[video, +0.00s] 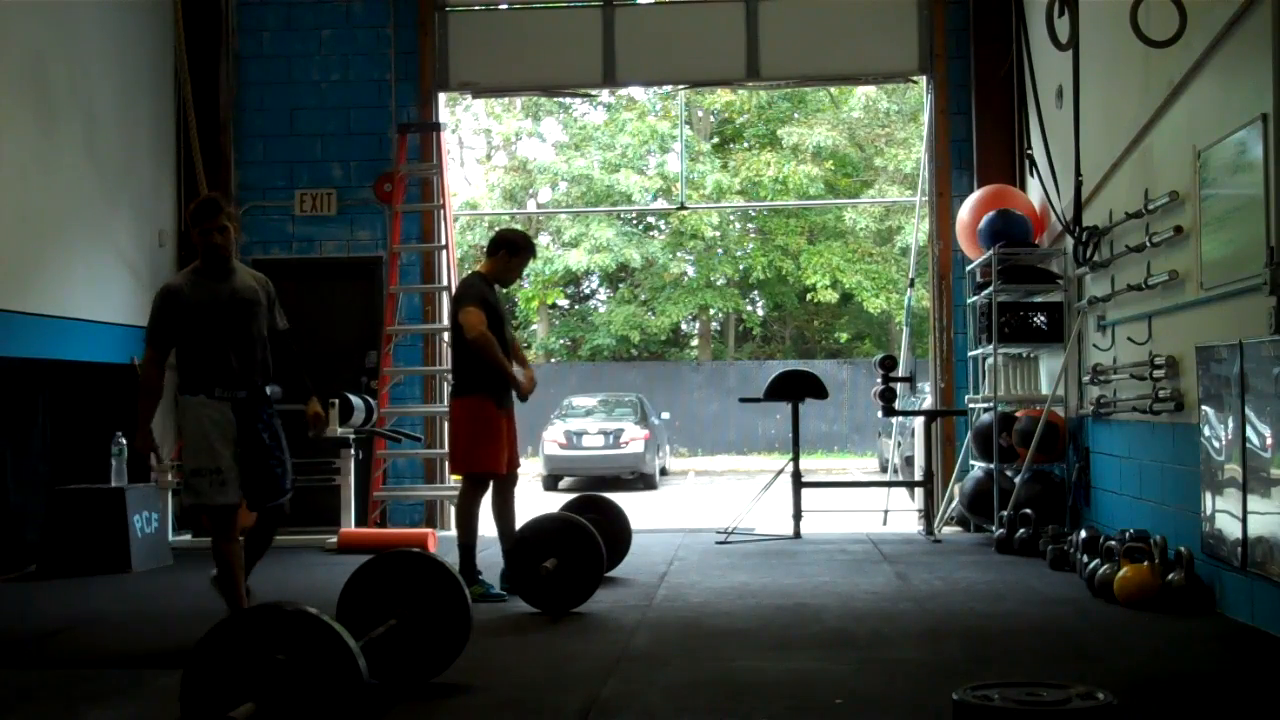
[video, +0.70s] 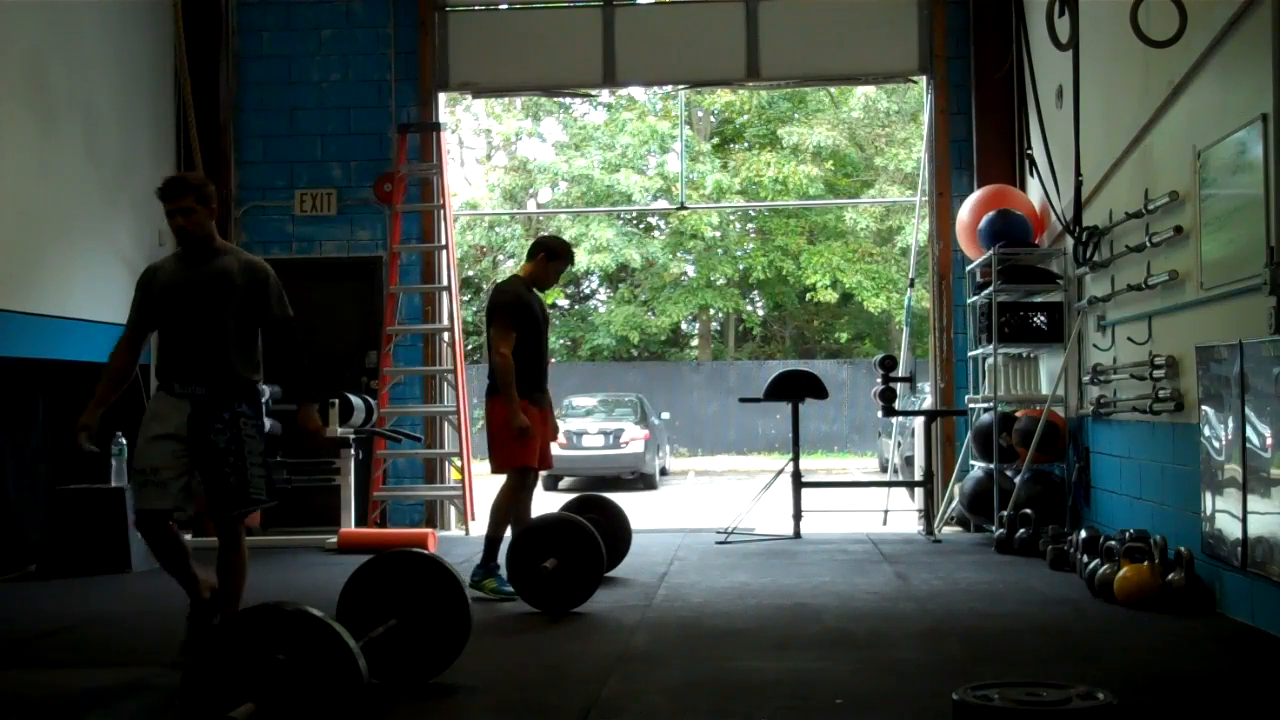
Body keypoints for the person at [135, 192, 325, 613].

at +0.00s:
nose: (219, 239)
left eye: (224, 230)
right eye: (209, 232)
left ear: (236, 232)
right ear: (194, 237)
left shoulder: (259, 285)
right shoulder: (176, 293)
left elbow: (284, 347)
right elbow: (154, 365)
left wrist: (310, 398)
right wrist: (142, 428)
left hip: (256, 410)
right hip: (204, 413)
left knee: (273, 503)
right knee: (225, 516)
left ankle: (232, 575)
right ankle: (239, 608)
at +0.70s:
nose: (180, 223)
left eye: (188, 213)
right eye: (173, 215)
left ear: (212, 210)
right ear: (165, 219)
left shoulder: (252, 273)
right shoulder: (156, 278)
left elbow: (285, 348)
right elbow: (128, 351)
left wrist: (305, 408)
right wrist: (94, 411)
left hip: (232, 412)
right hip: (171, 411)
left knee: (229, 524)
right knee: (151, 515)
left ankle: (229, 625)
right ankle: (199, 594)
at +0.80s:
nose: (163, 222)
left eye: (171, 212)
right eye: (156, 214)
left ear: (198, 208)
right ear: (152, 218)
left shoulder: (245, 269)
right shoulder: (151, 277)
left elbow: (275, 341)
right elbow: (123, 349)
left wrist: (279, 397)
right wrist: (82, 408)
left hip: (226, 414)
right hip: (163, 413)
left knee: (225, 529)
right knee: (134, 516)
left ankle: (228, 630)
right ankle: (166, 624)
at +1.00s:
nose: (122, 226)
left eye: (129, 215)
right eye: (118, 217)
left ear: (157, 211)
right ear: (121, 220)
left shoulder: (210, 270)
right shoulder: (125, 281)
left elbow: (237, 337)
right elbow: (108, 355)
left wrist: (215, 385)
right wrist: (71, 415)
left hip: (194, 418)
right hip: (135, 419)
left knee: (210, 533)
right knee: (122, 535)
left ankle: (225, 637)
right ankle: (108, 655)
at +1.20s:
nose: (65, 225)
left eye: (69, 213)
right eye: (63, 215)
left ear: (98, 207)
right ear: (90, 210)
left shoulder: (163, 263)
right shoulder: (87, 275)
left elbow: (186, 344)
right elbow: (64, 341)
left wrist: (167, 401)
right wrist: (20, 379)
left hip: (150, 422)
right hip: (94, 423)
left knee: (156, 529)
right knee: (88, 543)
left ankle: (211, 617)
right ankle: (96, 660)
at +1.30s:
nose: (45, 227)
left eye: (47, 215)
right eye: (42, 217)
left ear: (72, 207)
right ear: (77, 207)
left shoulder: (142, 259)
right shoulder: (68, 269)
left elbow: (168, 338)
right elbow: (21, 322)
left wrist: (147, 403)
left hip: (125, 420)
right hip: (78, 419)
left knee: (118, 535)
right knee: (78, 542)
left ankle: (177, 611)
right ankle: (95, 661)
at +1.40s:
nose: (24, 224)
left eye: (25, 214)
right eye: (21, 216)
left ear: (45, 206)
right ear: (64, 200)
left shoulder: (124, 256)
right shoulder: (47, 259)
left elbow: (145, 335)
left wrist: (128, 401)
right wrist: (9, 274)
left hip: (103, 412)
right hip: (66, 410)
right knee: (71, 532)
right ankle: (91, 658)